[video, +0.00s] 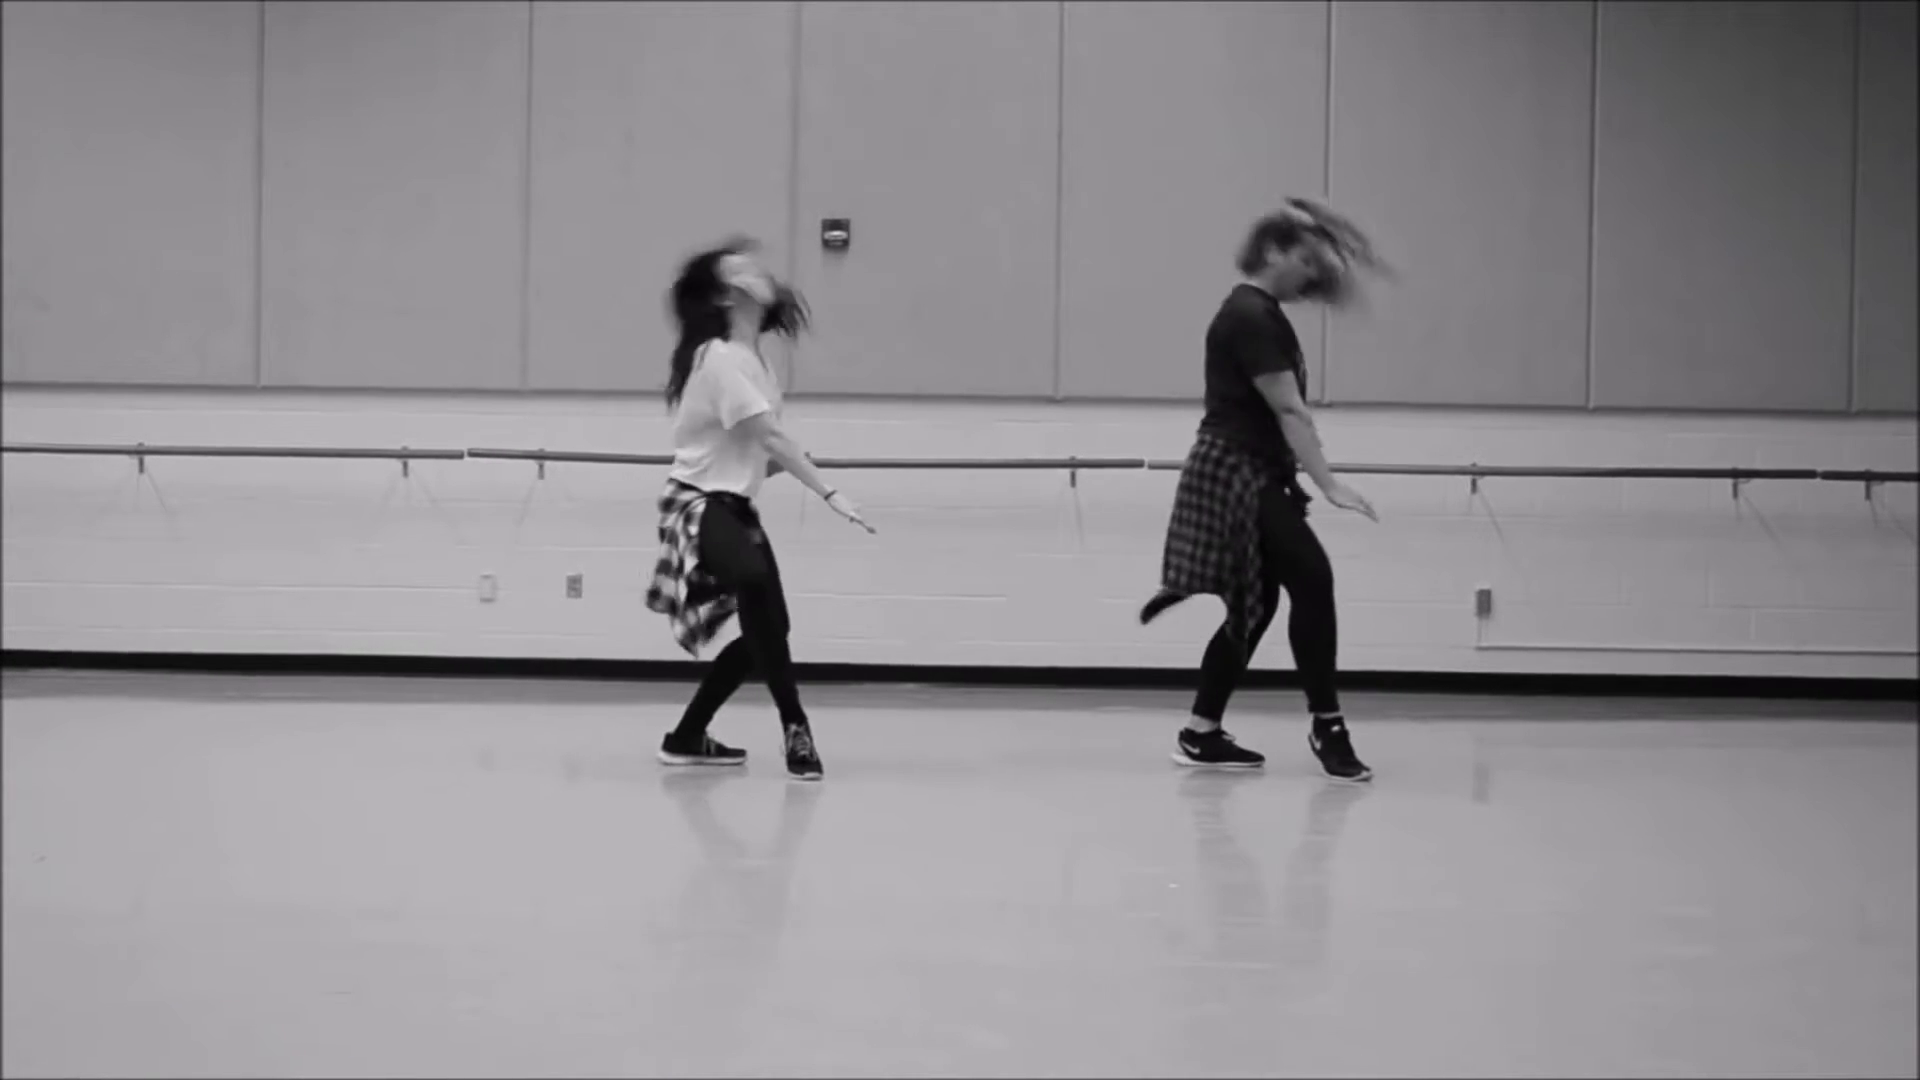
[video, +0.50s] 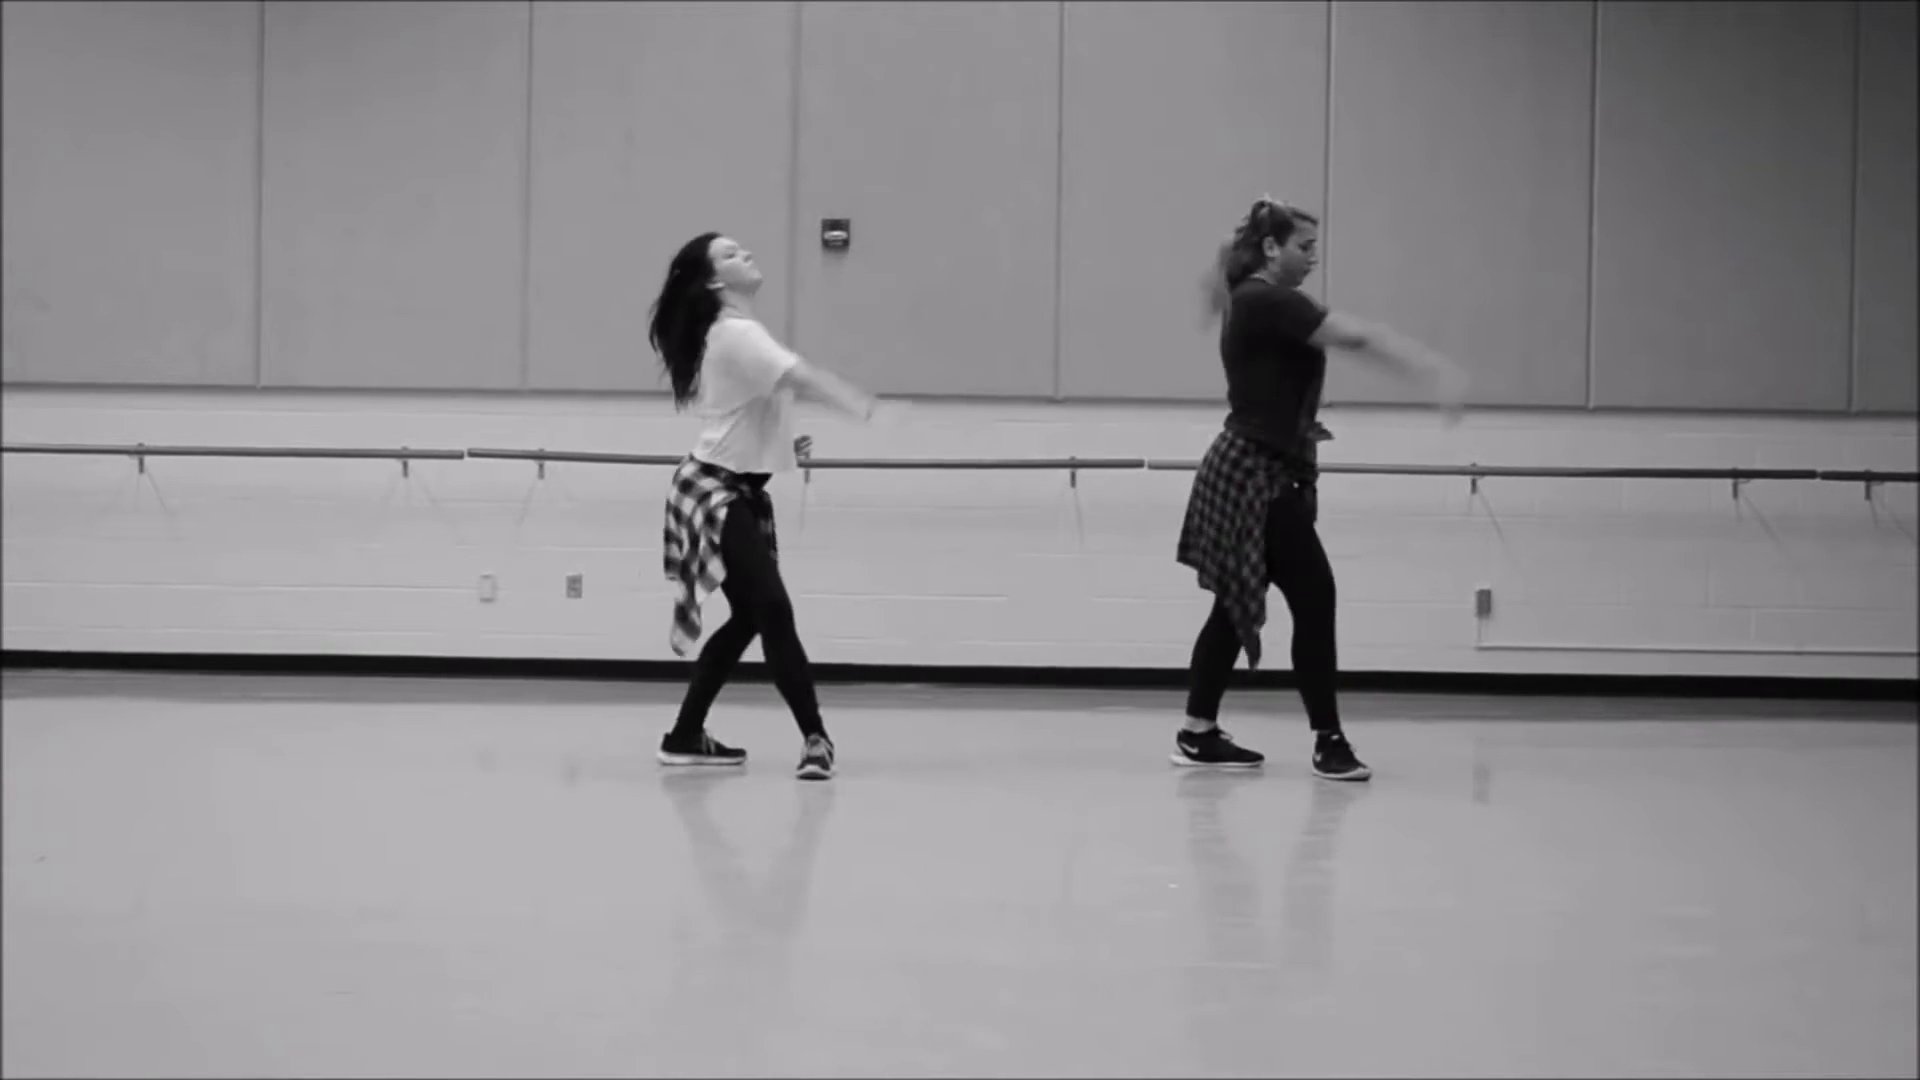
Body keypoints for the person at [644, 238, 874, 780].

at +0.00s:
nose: (764, 274)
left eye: (759, 266)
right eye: (748, 268)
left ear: (753, 293)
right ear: (727, 292)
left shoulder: (751, 360)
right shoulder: (723, 357)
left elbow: (739, 467)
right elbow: (770, 437)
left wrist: (786, 460)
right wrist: (827, 492)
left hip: (734, 509)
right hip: (704, 507)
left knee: (764, 634)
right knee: (764, 612)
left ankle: (688, 733)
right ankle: (796, 729)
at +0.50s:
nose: (747, 255)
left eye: (742, 249)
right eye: (732, 254)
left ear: (735, 276)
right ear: (712, 279)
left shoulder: (743, 329)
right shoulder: (732, 332)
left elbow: (744, 413)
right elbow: (800, 376)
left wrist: (787, 445)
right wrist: (864, 406)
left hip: (743, 491)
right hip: (720, 492)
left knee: (747, 616)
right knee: (775, 608)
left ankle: (686, 732)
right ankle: (815, 738)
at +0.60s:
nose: (771, 255)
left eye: (767, 247)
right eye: (756, 251)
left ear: (753, 270)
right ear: (732, 273)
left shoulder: (753, 325)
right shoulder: (751, 323)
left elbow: (735, 410)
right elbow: (820, 341)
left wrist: (783, 446)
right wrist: (880, 346)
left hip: (739, 488)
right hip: (720, 488)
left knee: (735, 612)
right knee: (771, 607)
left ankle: (683, 733)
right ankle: (814, 737)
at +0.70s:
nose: (797, 255)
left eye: (794, 247)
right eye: (783, 250)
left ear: (779, 269)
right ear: (757, 269)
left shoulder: (766, 320)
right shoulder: (767, 317)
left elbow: (743, 398)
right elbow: (832, 309)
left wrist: (784, 441)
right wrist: (889, 287)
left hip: (742, 480)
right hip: (725, 482)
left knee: (723, 610)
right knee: (769, 607)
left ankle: (683, 732)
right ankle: (813, 736)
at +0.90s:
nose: (849, 264)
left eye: (849, 254)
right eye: (841, 254)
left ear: (800, 265)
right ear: (813, 261)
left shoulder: (795, 324)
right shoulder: (792, 311)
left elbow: (763, 410)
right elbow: (853, 261)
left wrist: (801, 451)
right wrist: (895, 193)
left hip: (740, 475)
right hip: (739, 477)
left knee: (708, 606)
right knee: (769, 614)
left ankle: (682, 732)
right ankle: (813, 739)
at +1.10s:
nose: (886, 295)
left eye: (888, 287)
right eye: (876, 286)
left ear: (876, 297)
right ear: (842, 287)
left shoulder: (838, 356)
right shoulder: (803, 326)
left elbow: (785, 419)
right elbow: (845, 243)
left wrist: (805, 464)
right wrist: (890, 218)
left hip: (762, 485)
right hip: (735, 474)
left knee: (708, 606)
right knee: (771, 613)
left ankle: (681, 731)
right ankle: (814, 737)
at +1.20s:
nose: (891, 301)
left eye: (894, 293)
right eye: (880, 290)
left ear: (890, 302)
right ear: (849, 289)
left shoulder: (844, 366)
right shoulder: (808, 321)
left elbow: (850, 426)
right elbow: (859, 233)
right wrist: (894, 254)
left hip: (765, 488)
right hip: (735, 472)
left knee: (707, 605)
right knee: (772, 611)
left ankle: (682, 730)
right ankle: (814, 738)